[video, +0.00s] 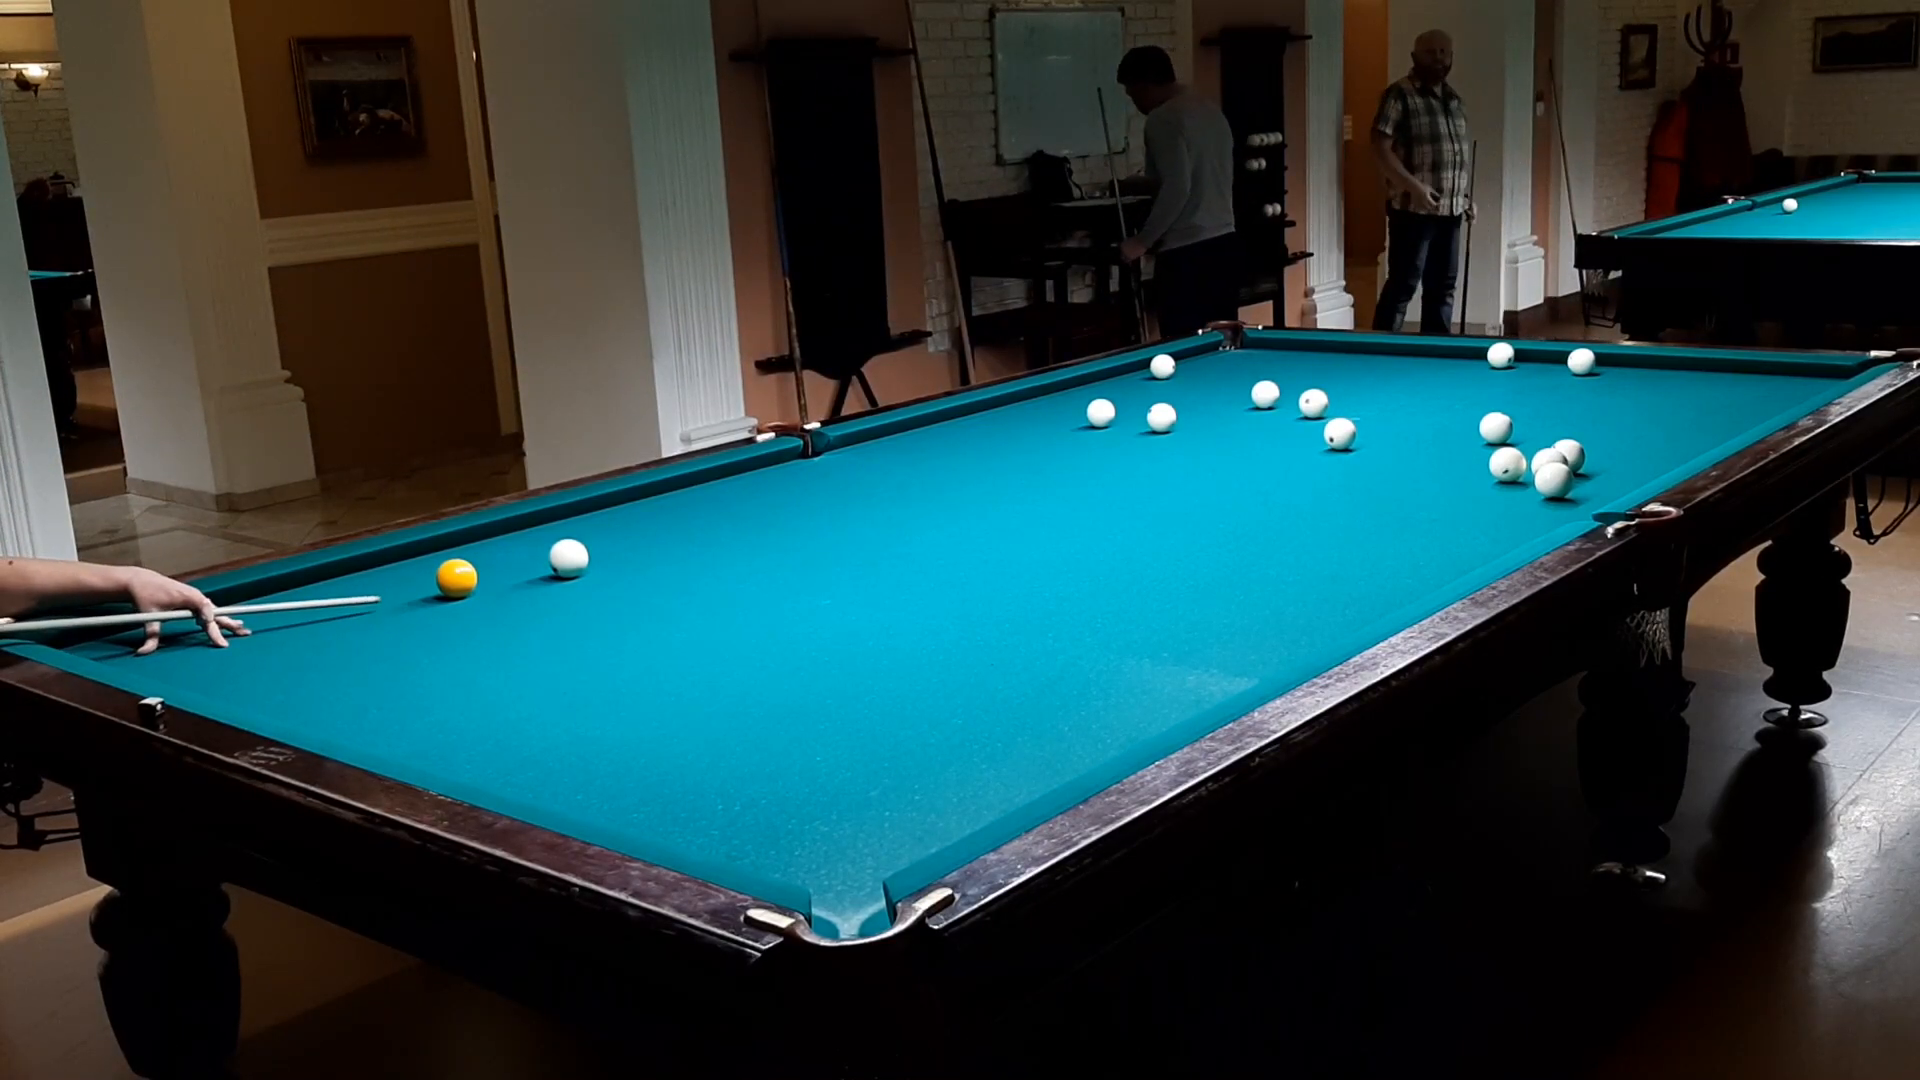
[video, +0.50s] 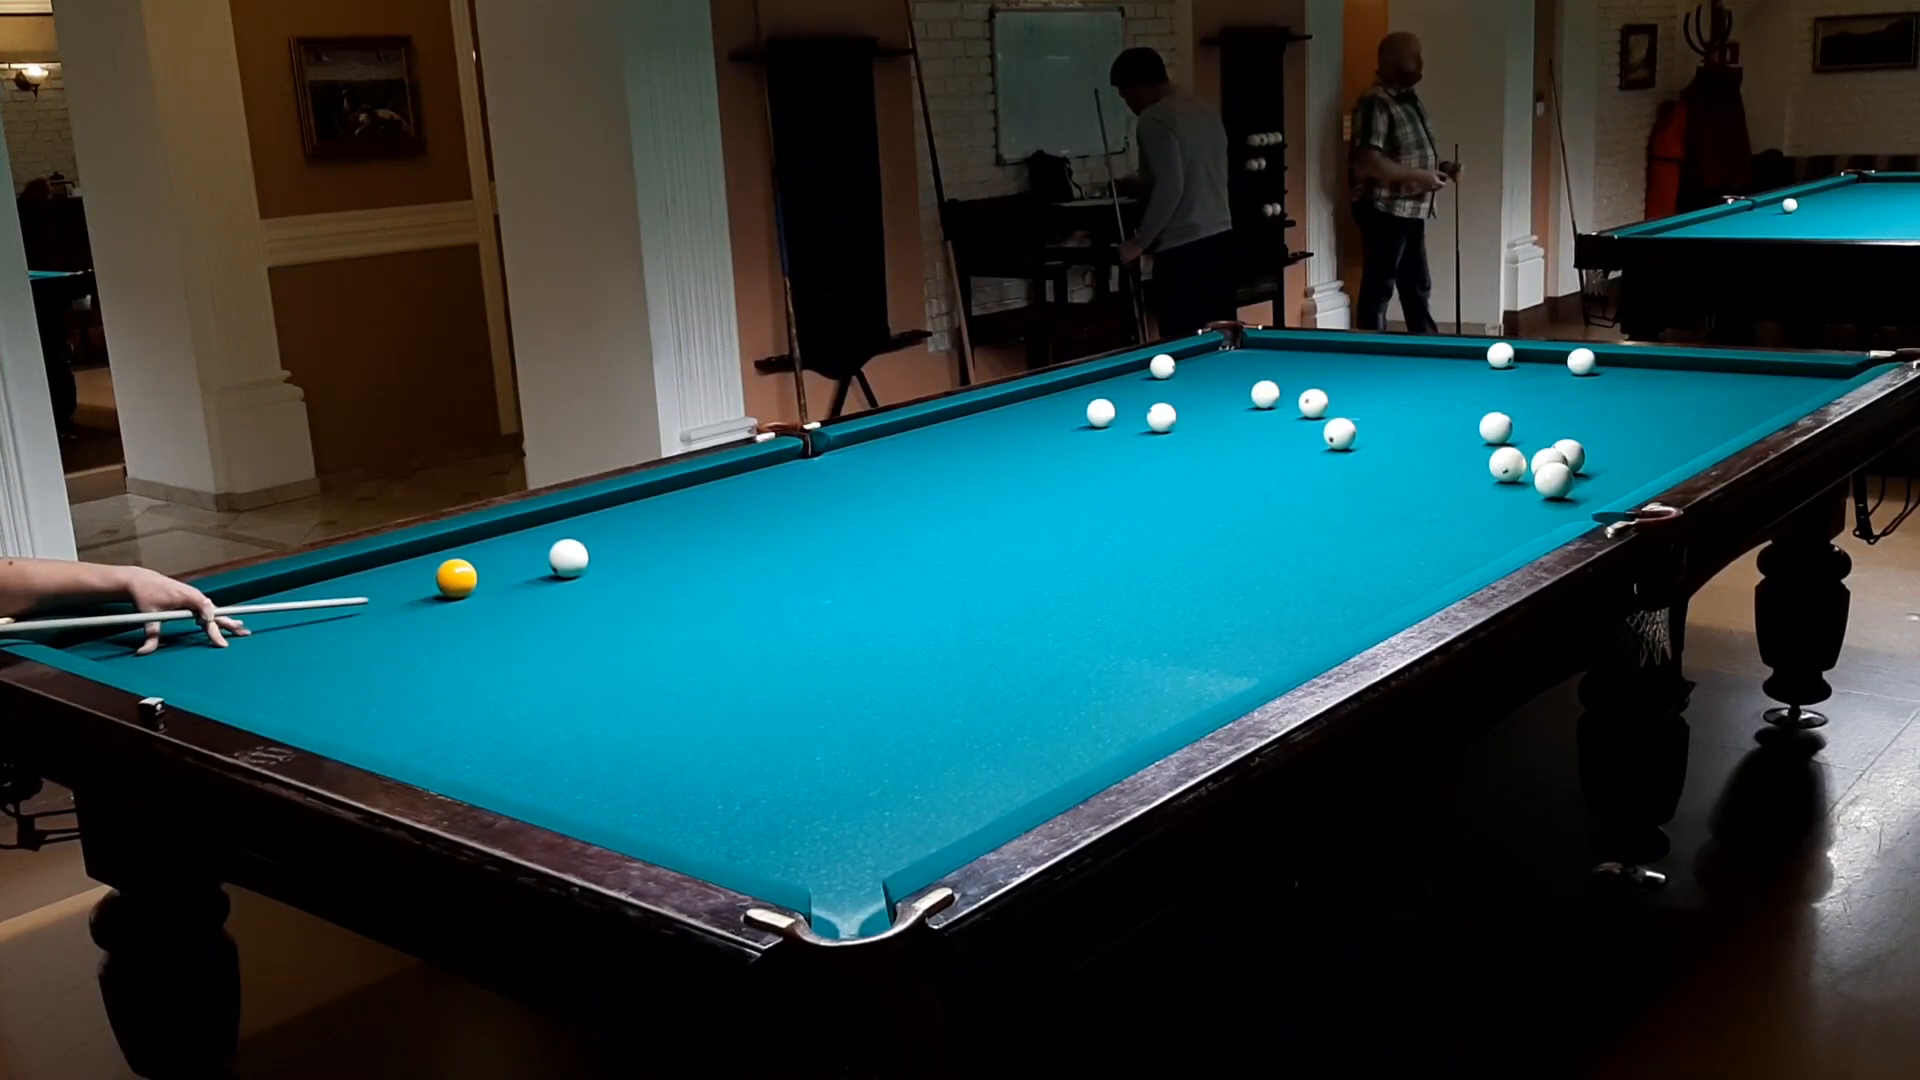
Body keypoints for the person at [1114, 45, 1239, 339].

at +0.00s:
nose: (1130, 99)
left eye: (1130, 90)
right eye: (1128, 91)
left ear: (1144, 84)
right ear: (1168, 75)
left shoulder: (1164, 120)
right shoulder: (1210, 111)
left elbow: (1176, 188)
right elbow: (1217, 178)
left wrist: (1142, 241)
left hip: (1185, 254)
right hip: (1224, 246)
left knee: (1183, 350)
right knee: (1222, 342)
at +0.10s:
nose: (1129, 100)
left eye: (1128, 91)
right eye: (1126, 92)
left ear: (1141, 85)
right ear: (1166, 75)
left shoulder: (1161, 120)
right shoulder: (1208, 109)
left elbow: (1175, 187)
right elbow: (1212, 177)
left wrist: (1143, 241)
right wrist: (1146, 183)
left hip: (1185, 254)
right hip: (1224, 245)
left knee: (1183, 349)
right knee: (1222, 342)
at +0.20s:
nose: (1127, 100)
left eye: (1127, 91)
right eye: (1125, 92)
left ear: (1139, 85)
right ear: (1164, 75)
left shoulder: (1159, 121)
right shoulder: (1206, 110)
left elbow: (1173, 186)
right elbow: (1211, 177)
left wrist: (1142, 242)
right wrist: (1147, 182)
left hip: (1183, 253)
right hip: (1223, 244)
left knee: (1182, 348)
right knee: (1222, 341)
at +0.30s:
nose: (1126, 100)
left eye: (1126, 91)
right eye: (1123, 92)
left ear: (1137, 85)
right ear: (1163, 75)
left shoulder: (1157, 121)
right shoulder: (1205, 109)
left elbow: (1171, 186)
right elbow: (1209, 176)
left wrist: (1140, 242)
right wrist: (1146, 182)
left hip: (1183, 253)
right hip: (1222, 243)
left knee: (1182, 347)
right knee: (1222, 340)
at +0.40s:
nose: (1125, 101)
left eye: (1124, 91)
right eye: (1122, 93)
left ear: (1135, 86)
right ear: (1162, 75)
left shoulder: (1156, 120)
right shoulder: (1204, 110)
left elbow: (1170, 185)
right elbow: (1209, 177)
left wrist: (1140, 242)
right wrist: (1145, 182)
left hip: (1182, 252)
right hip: (1222, 242)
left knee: (1181, 346)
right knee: (1221, 339)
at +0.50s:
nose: (1124, 101)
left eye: (1123, 92)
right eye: (1121, 93)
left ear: (1133, 86)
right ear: (1161, 75)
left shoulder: (1155, 121)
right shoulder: (1203, 109)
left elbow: (1169, 184)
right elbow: (1210, 175)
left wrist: (1140, 242)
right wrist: (1143, 184)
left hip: (1182, 253)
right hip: (1221, 243)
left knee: (1181, 346)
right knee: (1221, 339)